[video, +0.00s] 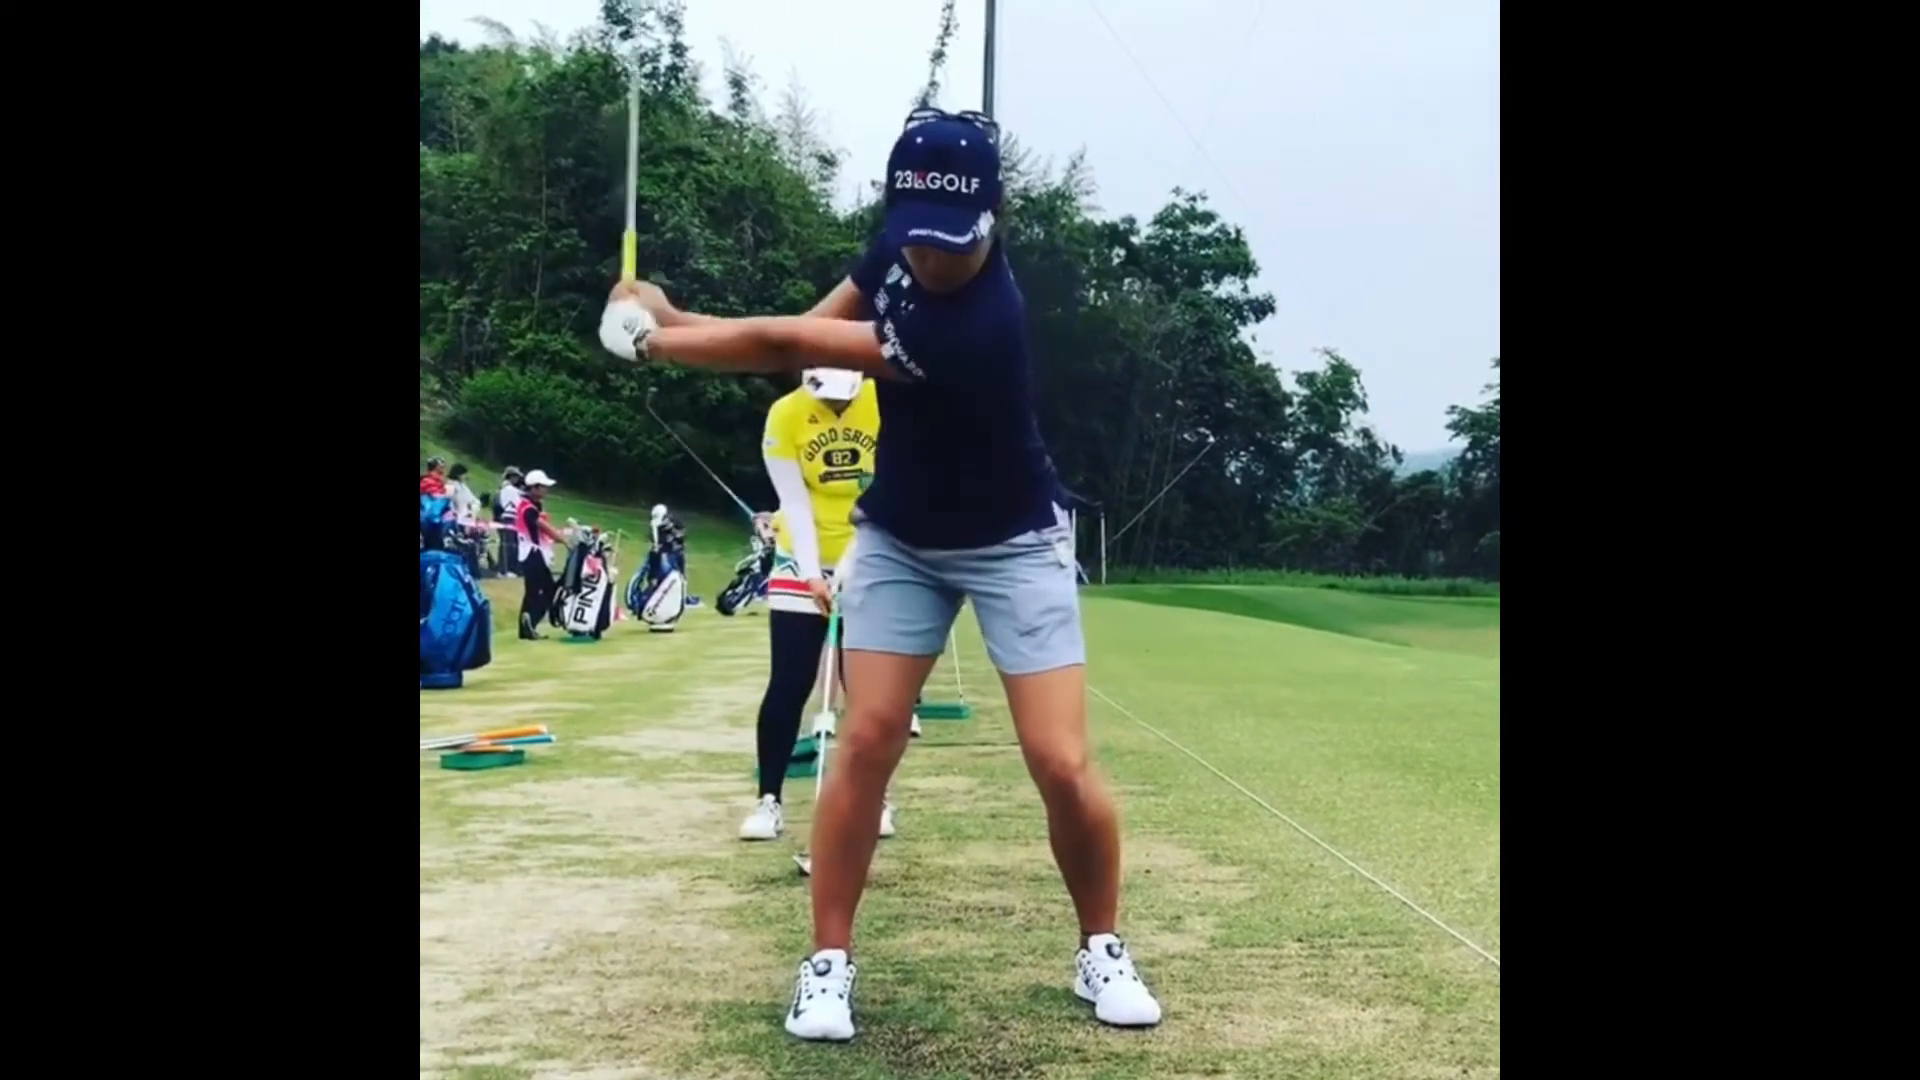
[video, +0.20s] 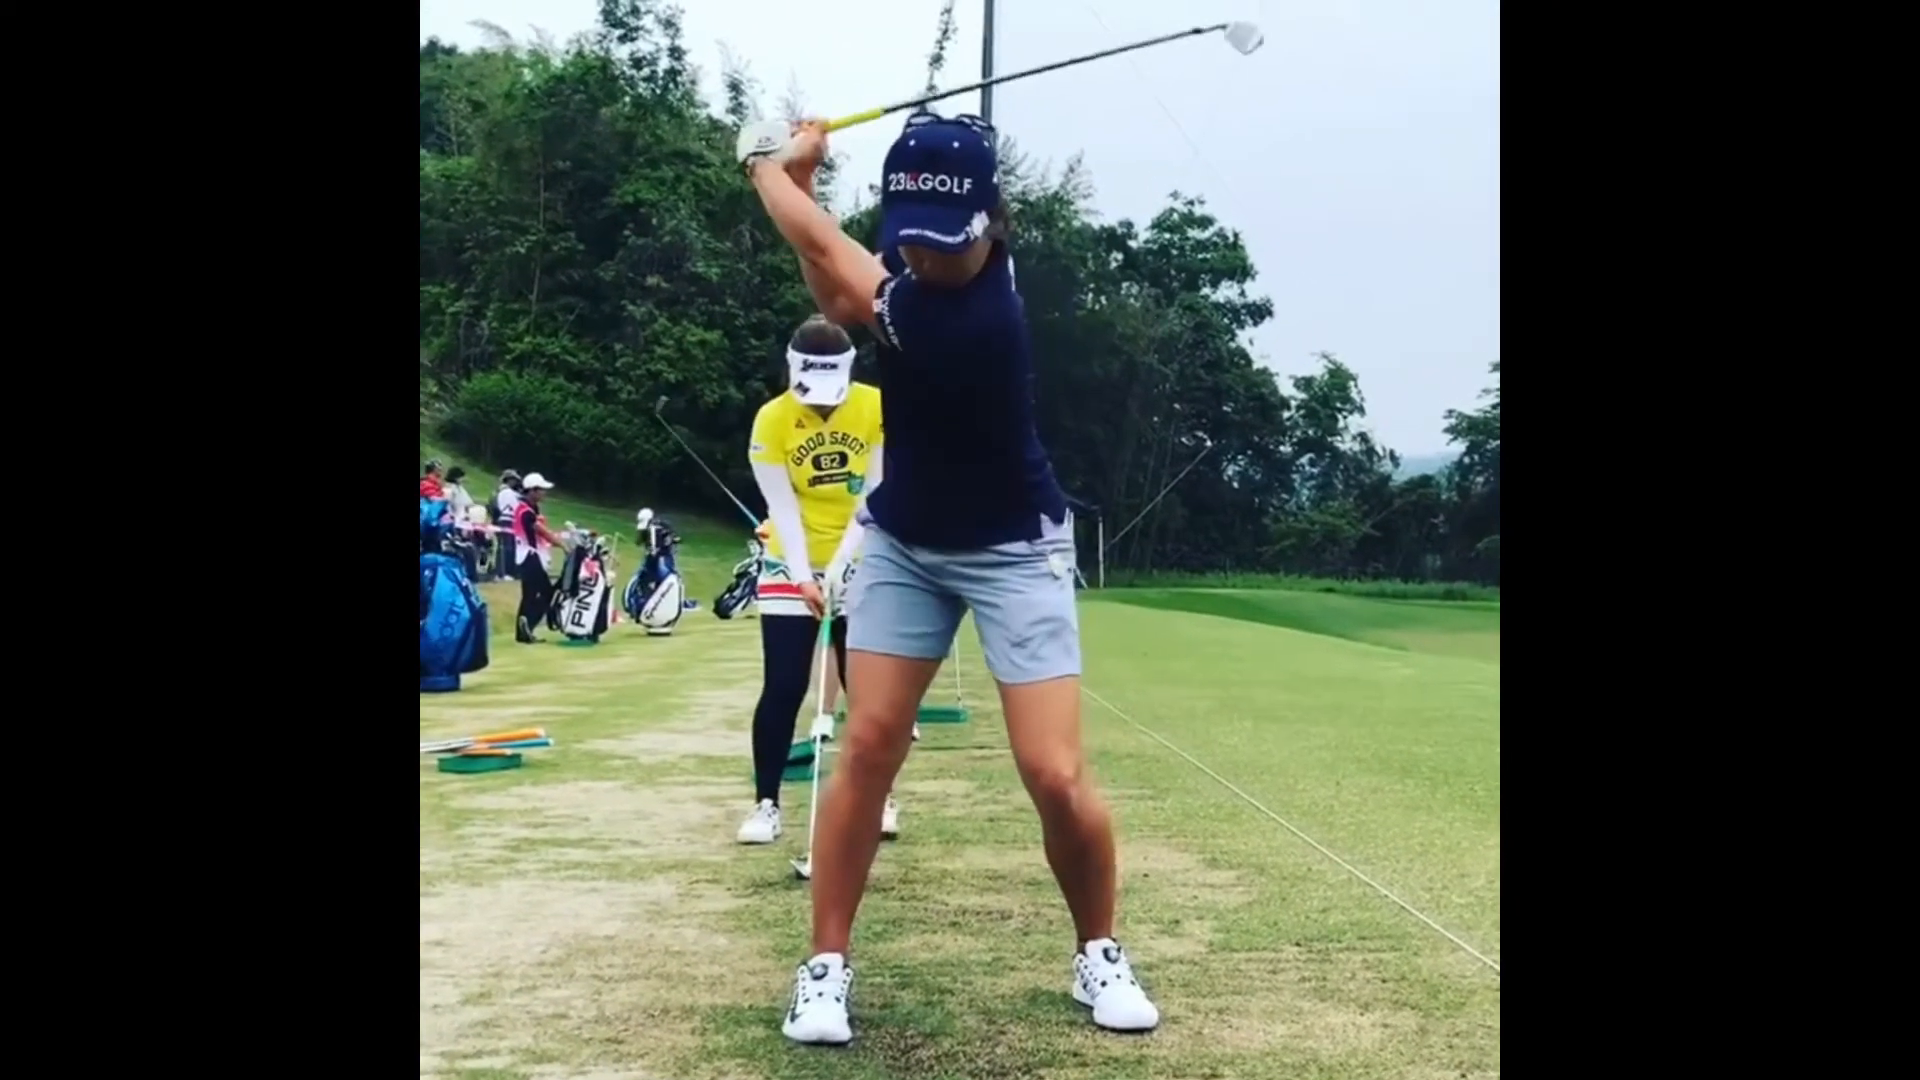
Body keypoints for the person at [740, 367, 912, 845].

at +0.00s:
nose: (836, 385)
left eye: (845, 377)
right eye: (825, 377)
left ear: (861, 372)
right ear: (808, 372)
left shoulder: (880, 402)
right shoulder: (786, 415)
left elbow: (893, 486)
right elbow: (794, 503)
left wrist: (859, 563)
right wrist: (810, 570)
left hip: (867, 555)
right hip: (800, 558)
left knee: (874, 692)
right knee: (789, 684)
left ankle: (876, 794)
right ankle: (768, 799)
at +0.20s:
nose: (820, 401)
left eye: (831, 391)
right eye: (809, 390)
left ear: (848, 373)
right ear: (792, 374)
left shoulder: (873, 407)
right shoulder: (771, 421)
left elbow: (877, 492)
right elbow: (782, 507)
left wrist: (839, 565)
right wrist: (801, 574)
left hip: (856, 556)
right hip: (788, 558)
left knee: (869, 688)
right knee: (784, 686)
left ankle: (878, 792)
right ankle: (767, 802)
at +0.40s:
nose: (823, 401)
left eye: (834, 391)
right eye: (813, 389)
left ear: (855, 374)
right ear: (799, 374)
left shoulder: (878, 416)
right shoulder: (781, 422)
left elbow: (883, 501)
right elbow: (785, 509)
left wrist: (842, 568)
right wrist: (804, 577)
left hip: (866, 573)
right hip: (792, 573)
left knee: (874, 694)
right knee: (783, 689)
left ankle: (888, 801)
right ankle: (759, 805)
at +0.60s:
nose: (828, 407)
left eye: (839, 396)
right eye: (818, 395)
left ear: (858, 378)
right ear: (803, 378)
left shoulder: (892, 419)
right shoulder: (782, 429)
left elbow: (880, 506)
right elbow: (790, 515)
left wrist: (841, 570)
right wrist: (799, 579)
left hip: (867, 572)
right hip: (794, 569)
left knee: (868, 701)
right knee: (776, 688)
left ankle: (880, 818)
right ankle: (747, 806)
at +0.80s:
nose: (807, 409)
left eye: (818, 399)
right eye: (798, 398)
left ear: (837, 383)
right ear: (782, 382)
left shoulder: (868, 420)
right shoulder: (759, 433)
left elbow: (859, 505)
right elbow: (770, 518)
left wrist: (821, 575)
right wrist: (780, 584)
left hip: (846, 574)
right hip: (773, 573)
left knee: (850, 694)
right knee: (759, 692)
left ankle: (867, 808)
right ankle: (732, 811)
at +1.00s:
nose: (794, 414)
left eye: (805, 403)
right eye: (785, 402)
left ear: (825, 388)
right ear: (769, 387)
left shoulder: (856, 424)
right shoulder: (747, 437)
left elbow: (843, 506)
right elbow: (759, 523)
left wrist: (807, 578)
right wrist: (769, 587)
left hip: (833, 575)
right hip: (758, 574)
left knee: (840, 696)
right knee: (747, 695)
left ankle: (859, 810)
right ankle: (722, 814)